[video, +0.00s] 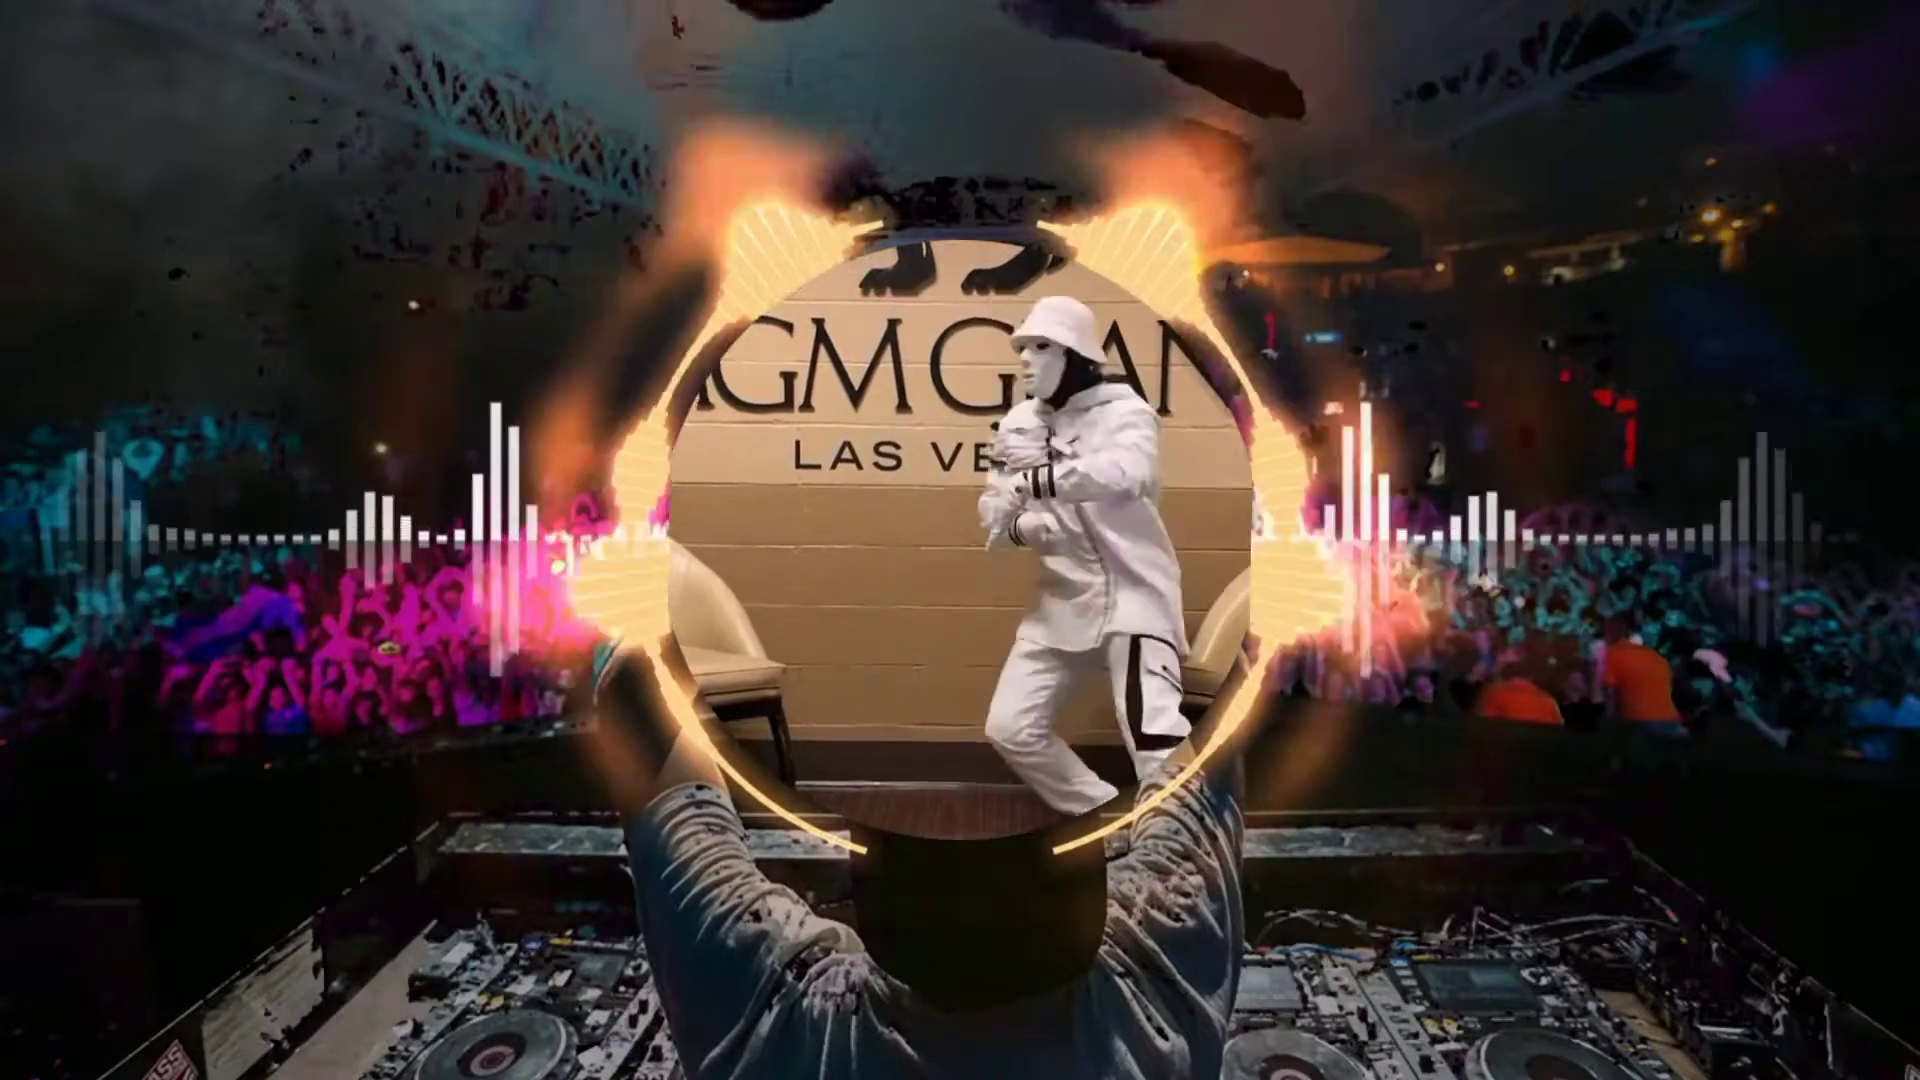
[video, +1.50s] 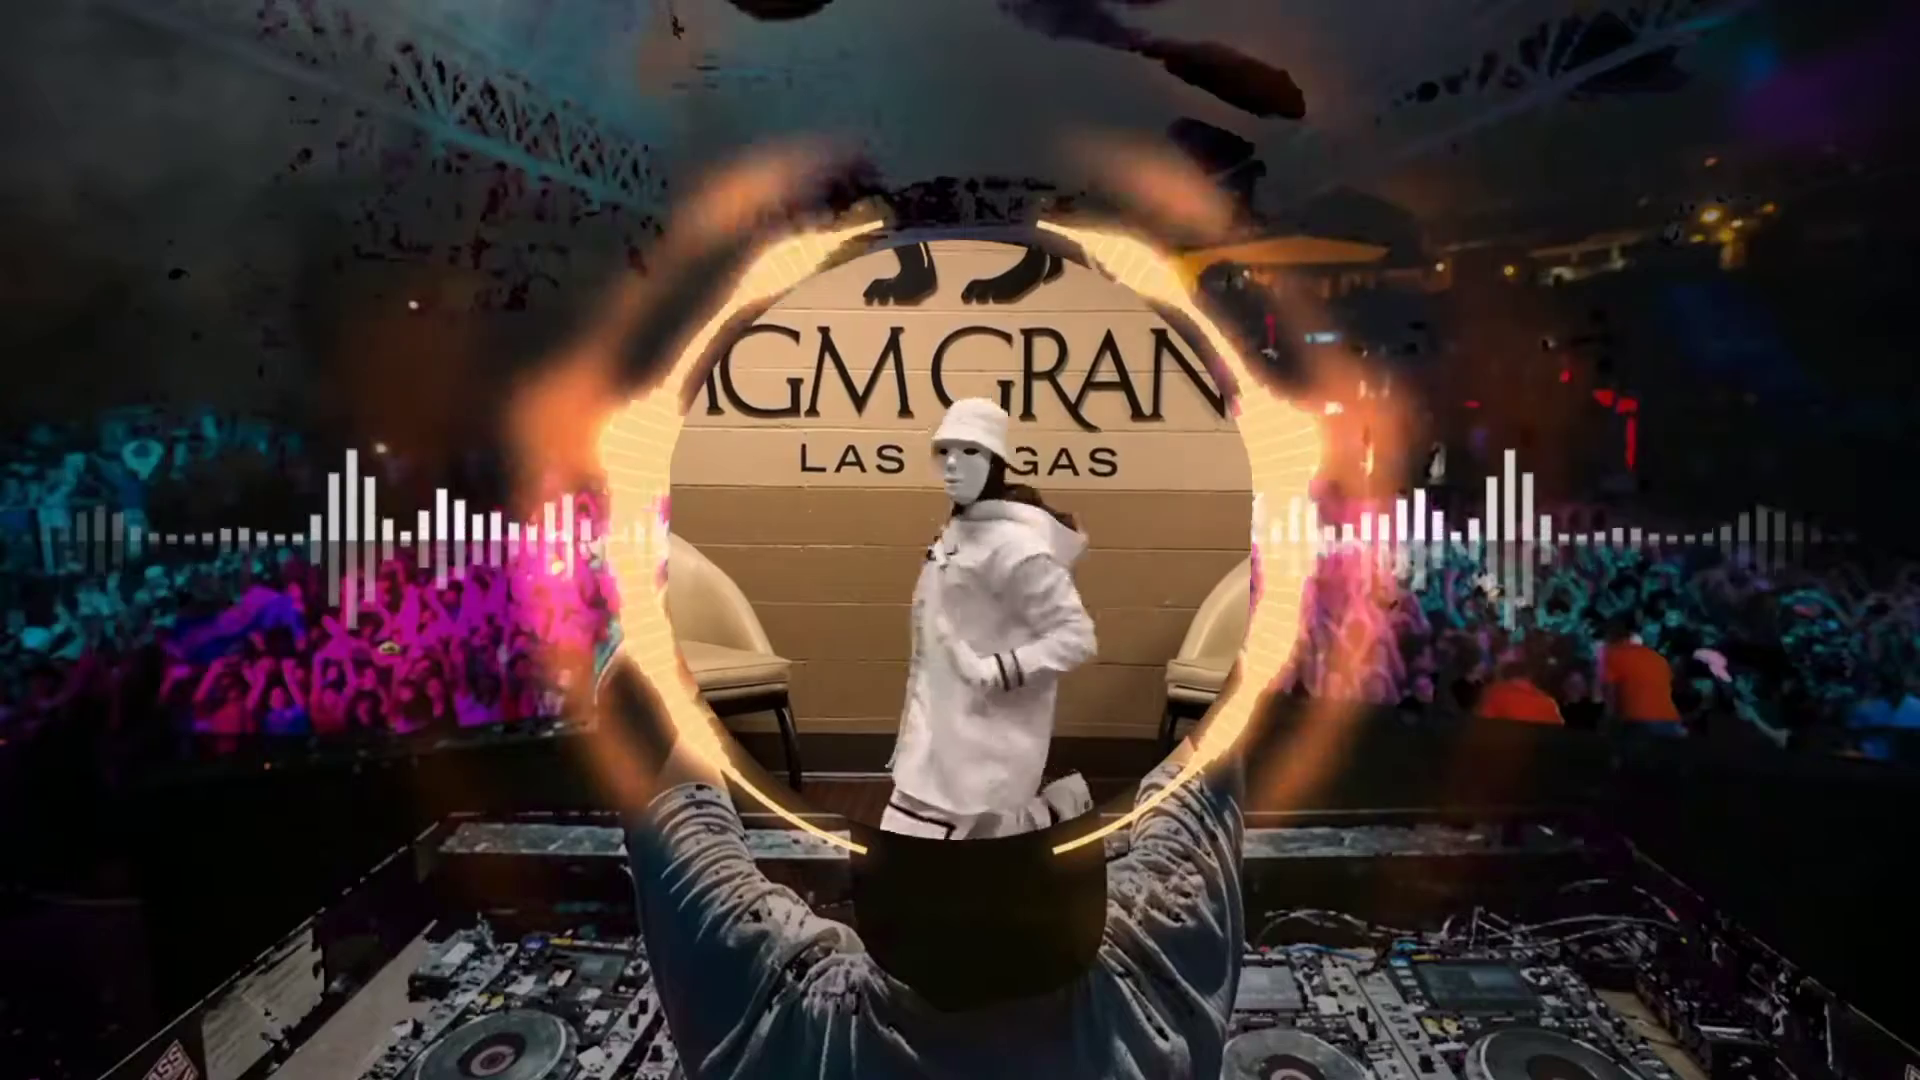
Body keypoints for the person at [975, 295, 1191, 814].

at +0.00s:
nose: (1024, 361)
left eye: (1037, 350)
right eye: (1022, 350)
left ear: (1072, 356)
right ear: (1021, 356)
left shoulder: (1125, 410)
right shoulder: (1020, 424)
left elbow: (1129, 474)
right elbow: (992, 516)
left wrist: (1039, 477)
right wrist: (1025, 521)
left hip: (1136, 591)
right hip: (1064, 598)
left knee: (1152, 731)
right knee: (1013, 729)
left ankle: (1175, 848)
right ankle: (1110, 818)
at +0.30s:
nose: (1090, 426)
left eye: (1102, 413)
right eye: (1077, 414)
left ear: (1121, 420)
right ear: (1061, 423)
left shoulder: (1151, 467)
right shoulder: (1031, 477)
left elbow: (1155, 502)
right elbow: (1028, 539)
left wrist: (1067, 512)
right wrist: (1059, 558)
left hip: (1139, 644)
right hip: (1065, 665)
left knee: (1158, 681)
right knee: (1075, 818)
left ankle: (1164, 811)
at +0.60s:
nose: (1088, 496)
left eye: (1103, 483)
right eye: (1076, 483)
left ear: (1122, 491)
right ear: (1059, 492)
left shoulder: (1151, 534)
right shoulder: (1028, 547)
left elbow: (1153, 559)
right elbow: (1029, 596)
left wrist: (1062, 571)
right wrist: (1035, 624)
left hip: (1140, 732)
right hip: (1064, 747)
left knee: (1164, 706)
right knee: (1062, 876)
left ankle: (1160, 835)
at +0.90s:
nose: (1094, 497)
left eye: (1108, 484)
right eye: (1081, 485)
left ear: (1127, 493)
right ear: (1065, 494)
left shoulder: (1156, 539)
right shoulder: (1033, 550)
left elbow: (1164, 575)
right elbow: (1023, 603)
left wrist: (1067, 590)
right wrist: (1029, 638)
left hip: (1139, 729)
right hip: (1065, 744)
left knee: (1167, 707)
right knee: (1058, 875)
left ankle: (1159, 838)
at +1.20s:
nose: (1063, 496)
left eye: (1078, 483)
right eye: (1051, 484)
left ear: (1097, 492)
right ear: (1036, 491)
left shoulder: (1129, 543)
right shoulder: (1004, 546)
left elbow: (1159, 597)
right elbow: (979, 634)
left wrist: (1062, 586)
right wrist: (974, 717)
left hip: (1103, 699)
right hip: (1023, 713)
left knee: (1060, 736)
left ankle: (1108, 861)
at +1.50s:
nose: (952, 465)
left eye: (969, 452)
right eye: (945, 452)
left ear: (995, 463)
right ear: (936, 459)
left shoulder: (1018, 547)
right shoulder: (959, 534)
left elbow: (1077, 637)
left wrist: (998, 669)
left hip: (981, 764)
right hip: (936, 750)